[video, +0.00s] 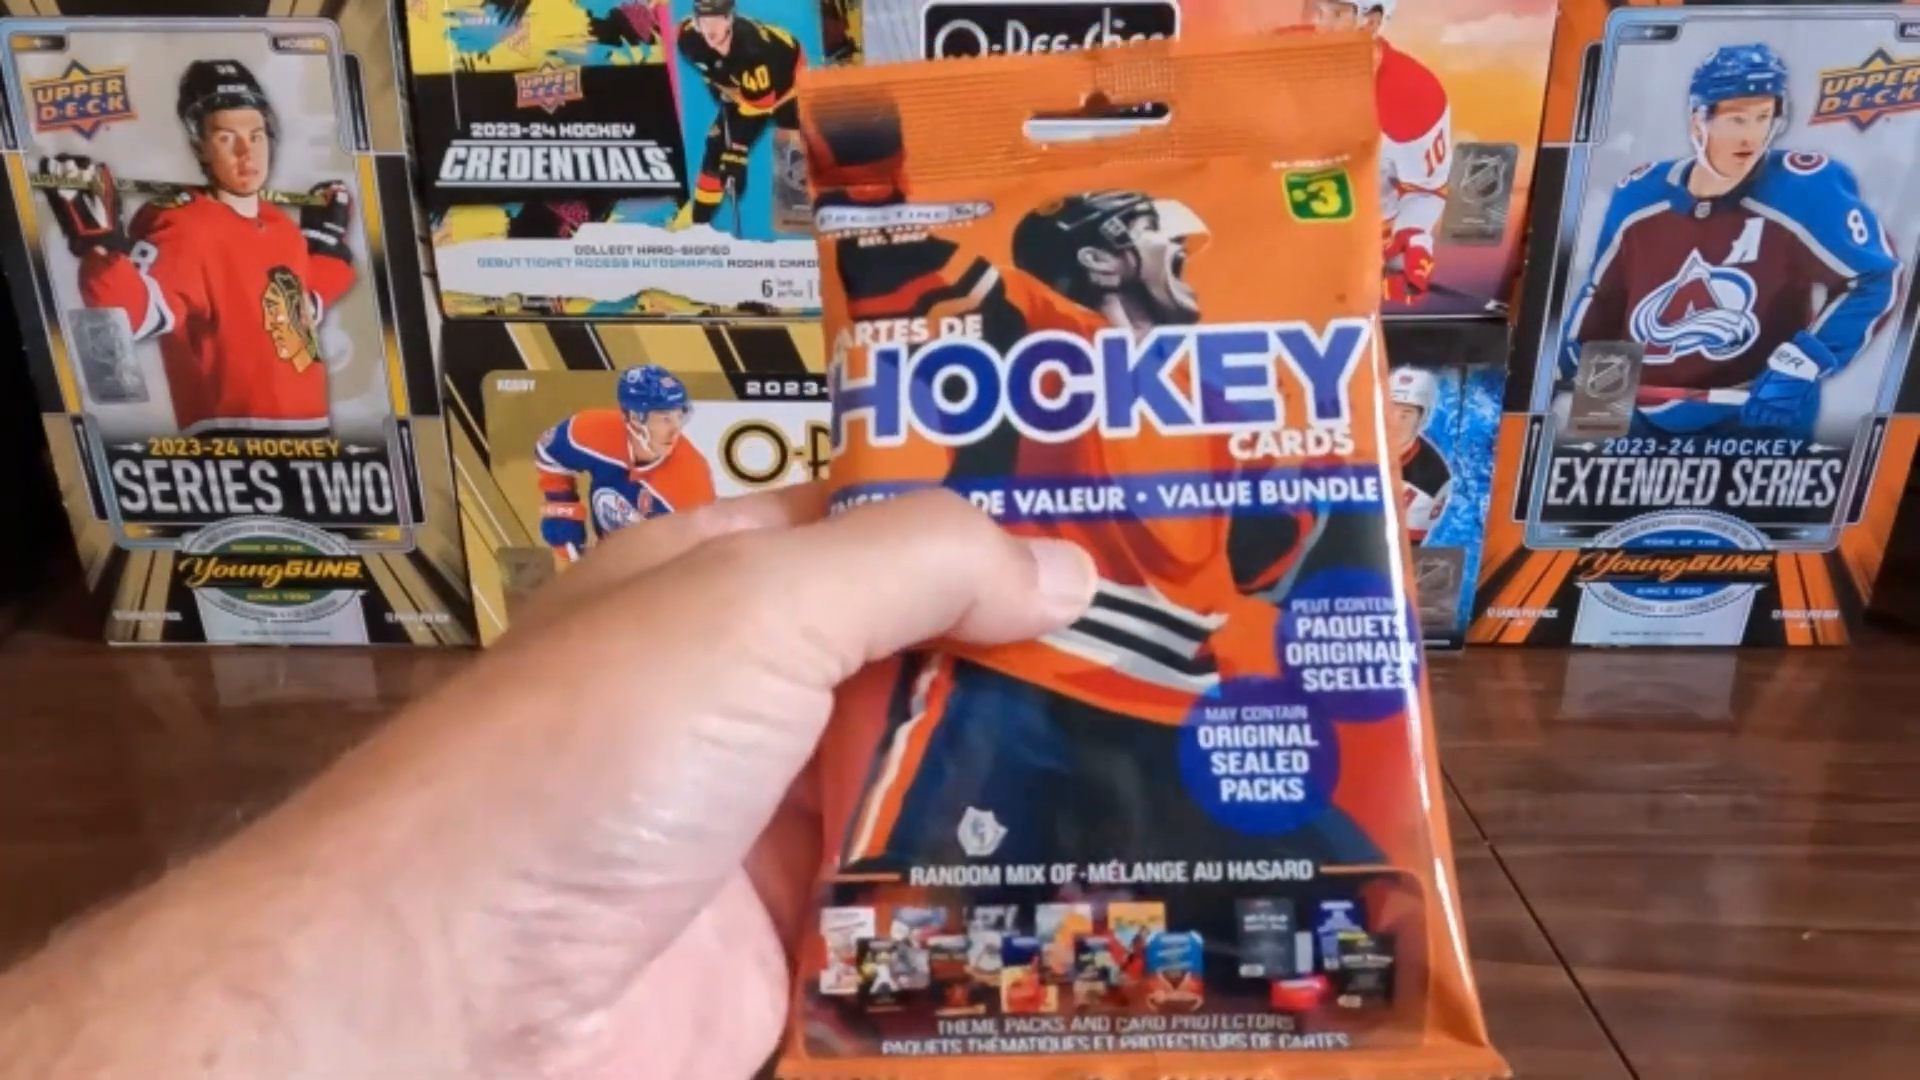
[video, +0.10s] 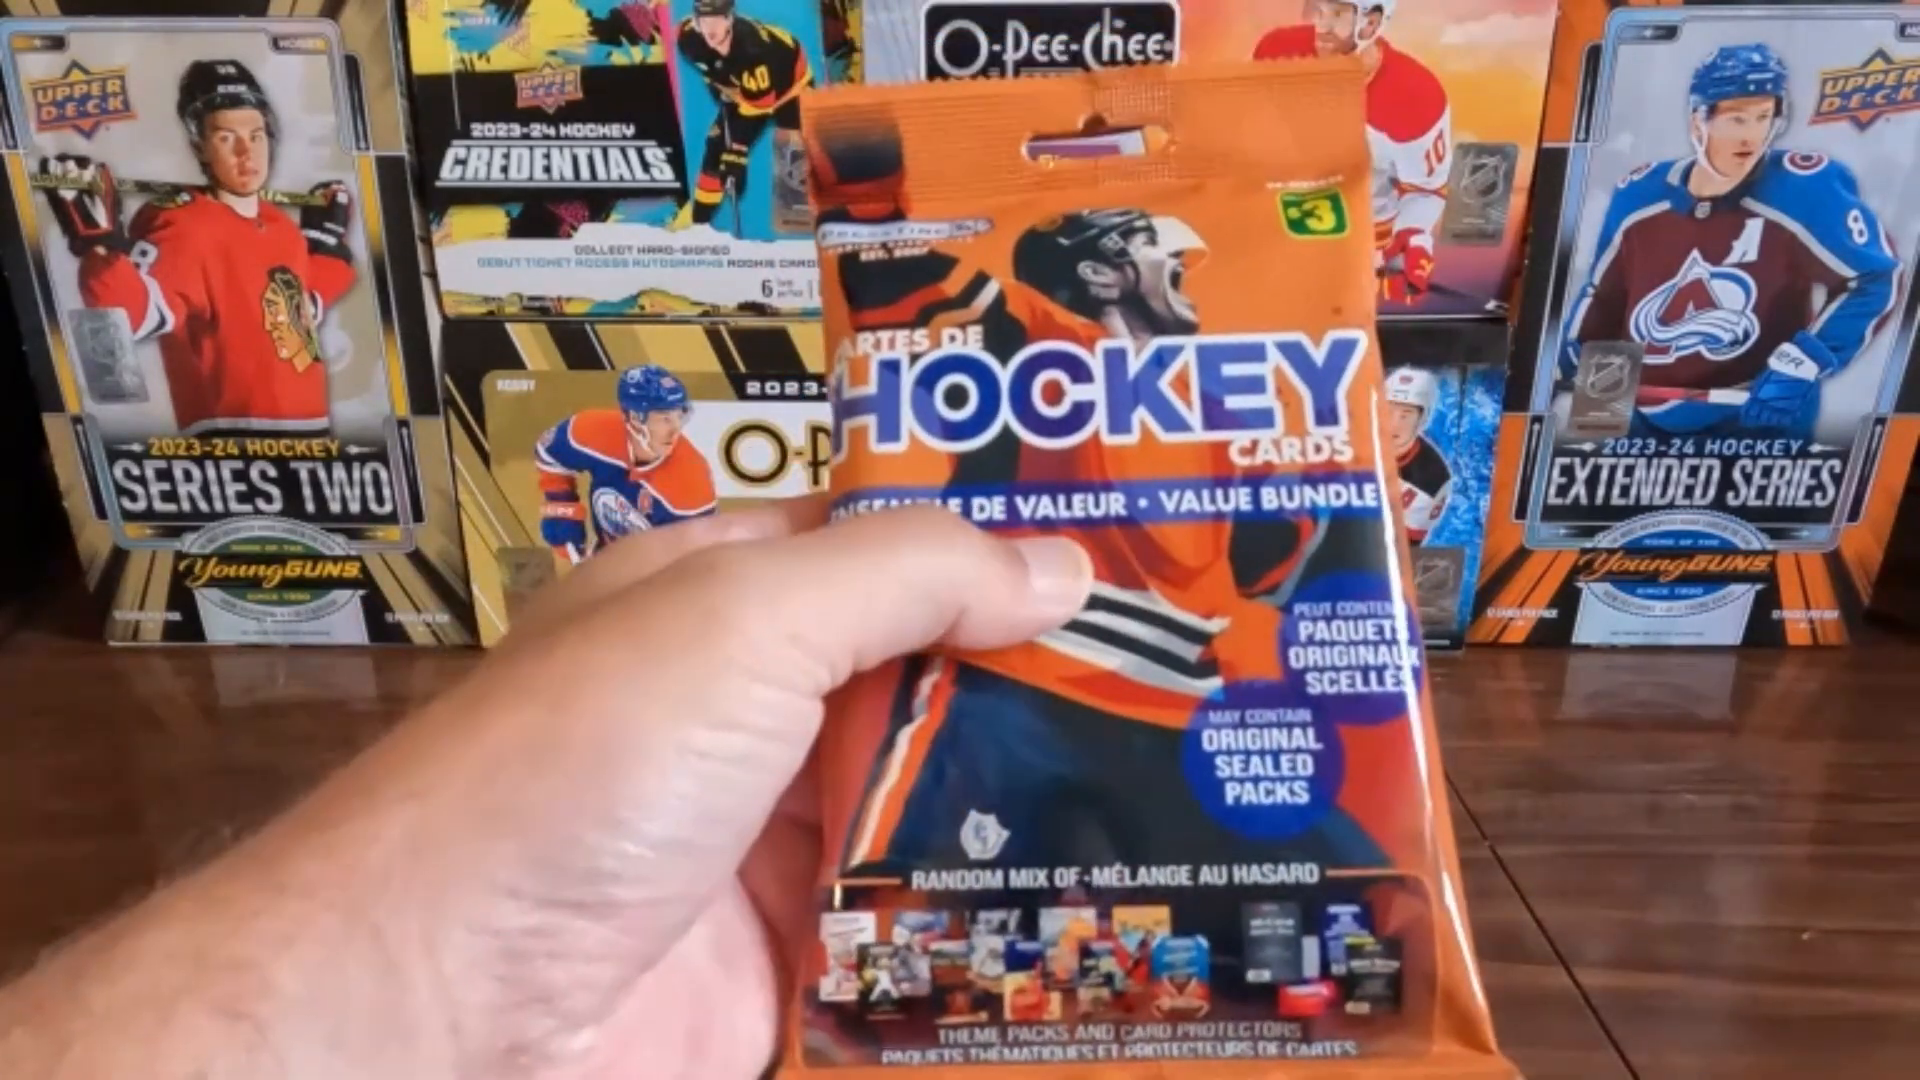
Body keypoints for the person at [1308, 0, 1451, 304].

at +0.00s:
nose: (1324, 25)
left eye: (1340, 12)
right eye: (1319, 10)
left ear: (1374, 20)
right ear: (1309, 11)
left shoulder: (1412, 89)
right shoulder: (1287, 62)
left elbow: (1424, 189)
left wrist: (1411, 244)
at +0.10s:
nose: (1323, 26)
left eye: (1339, 13)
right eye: (1318, 11)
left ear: (1371, 22)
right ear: (1309, 11)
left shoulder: (1415, 92)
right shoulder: (1277, 52)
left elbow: (1424, 189)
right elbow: (1246, 147)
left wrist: (1413, 244)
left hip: (1364, 248)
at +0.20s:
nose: (1323, 27)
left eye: (1339, 13)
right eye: (1318, 11)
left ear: (1372, 23)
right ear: (1309, 10)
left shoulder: (1415, 92)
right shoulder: (1279, 51)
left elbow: (1424, 188)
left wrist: (1413, 248)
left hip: (1366, 246)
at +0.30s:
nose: (1322, 27)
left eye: (1339, 14)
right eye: (1317, 11)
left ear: (1372, 23)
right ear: (1307, 10)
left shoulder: (1415, 93)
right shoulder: (1280, 51)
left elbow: (1424, 188)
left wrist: (1413, 247)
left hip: (1365, 244)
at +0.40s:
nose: (1324, 25)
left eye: (1339, 12)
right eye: (1316, 9)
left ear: (1372, 22)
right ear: (1305, 11)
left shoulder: (1413, 92)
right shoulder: (1295, 72)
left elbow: (1424, 189)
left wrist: (1412, 247)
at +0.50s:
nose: (1322, 24)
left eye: (1338, 11)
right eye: (1315, 10)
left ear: (1372, 20)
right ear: (1305, 12)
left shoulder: (1413, 91)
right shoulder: (1292, 75)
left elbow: (1424, 189)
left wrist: (1411, 247)